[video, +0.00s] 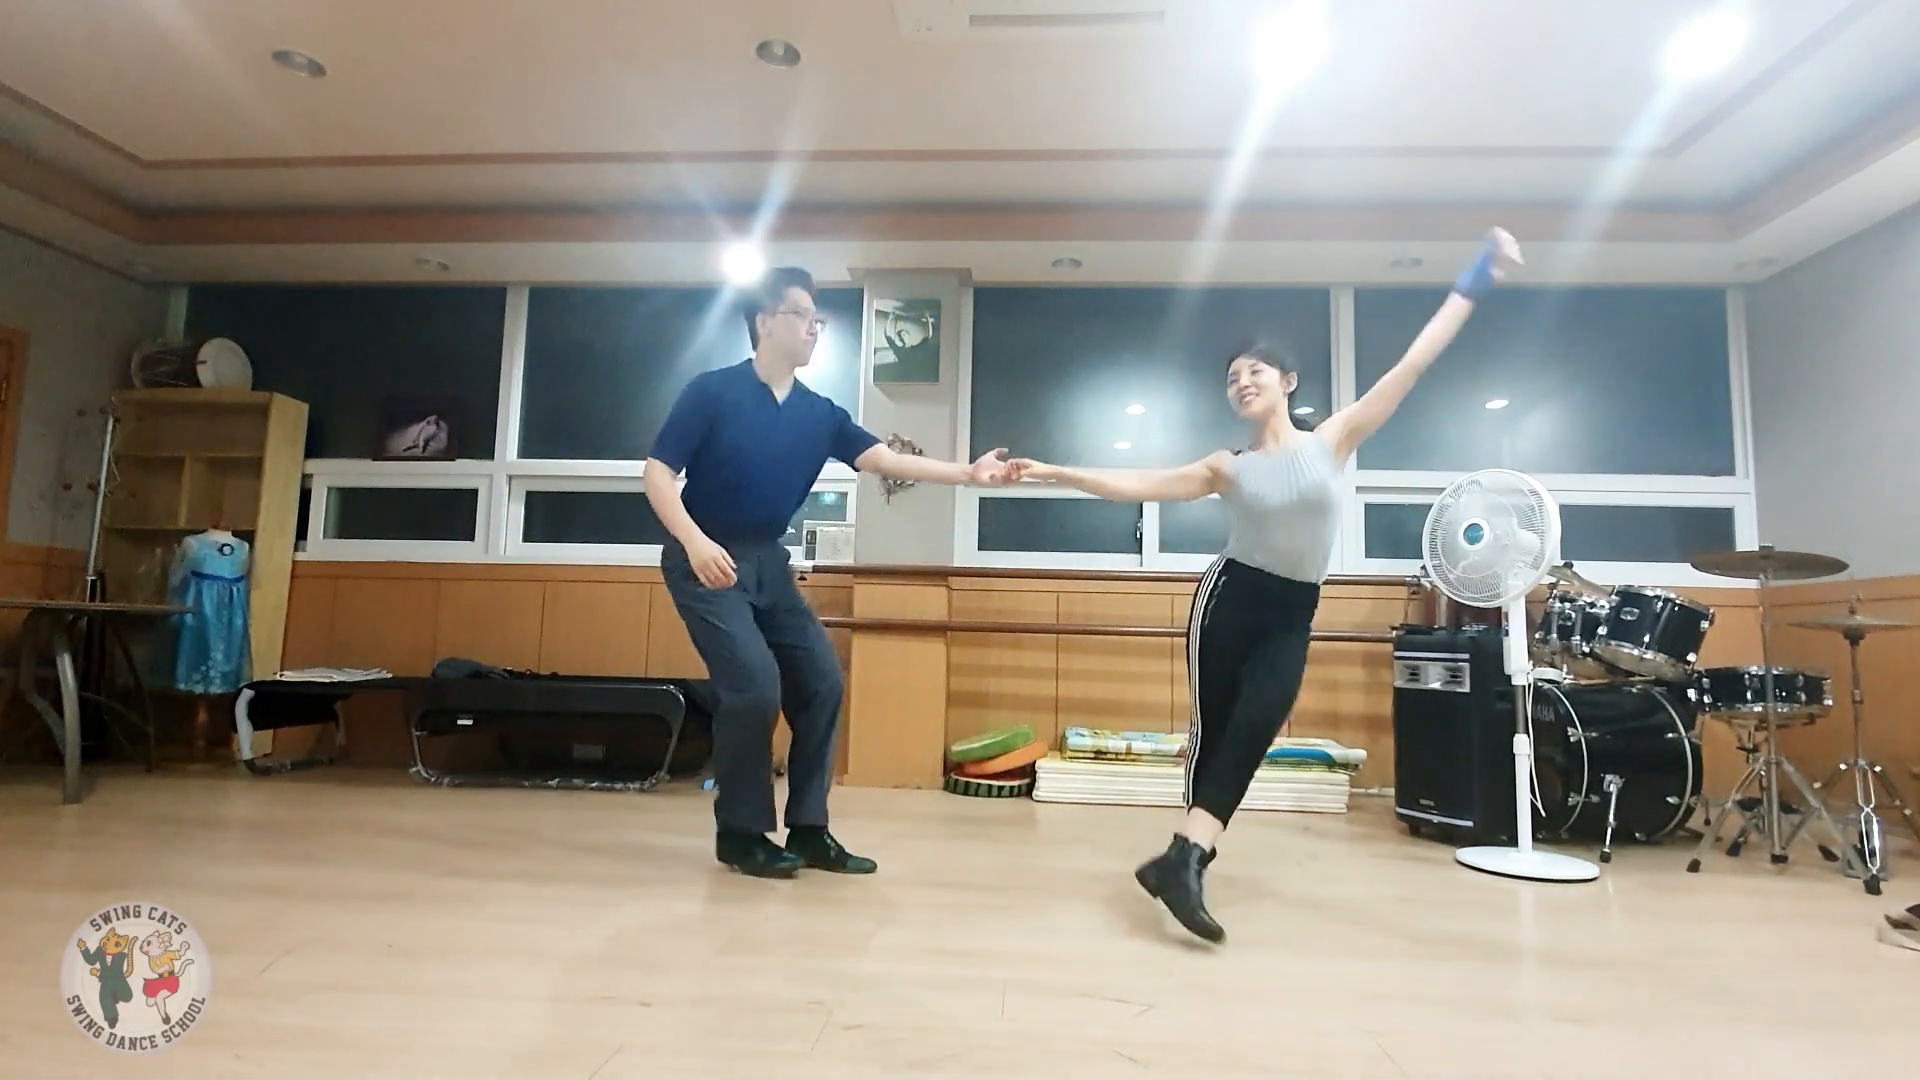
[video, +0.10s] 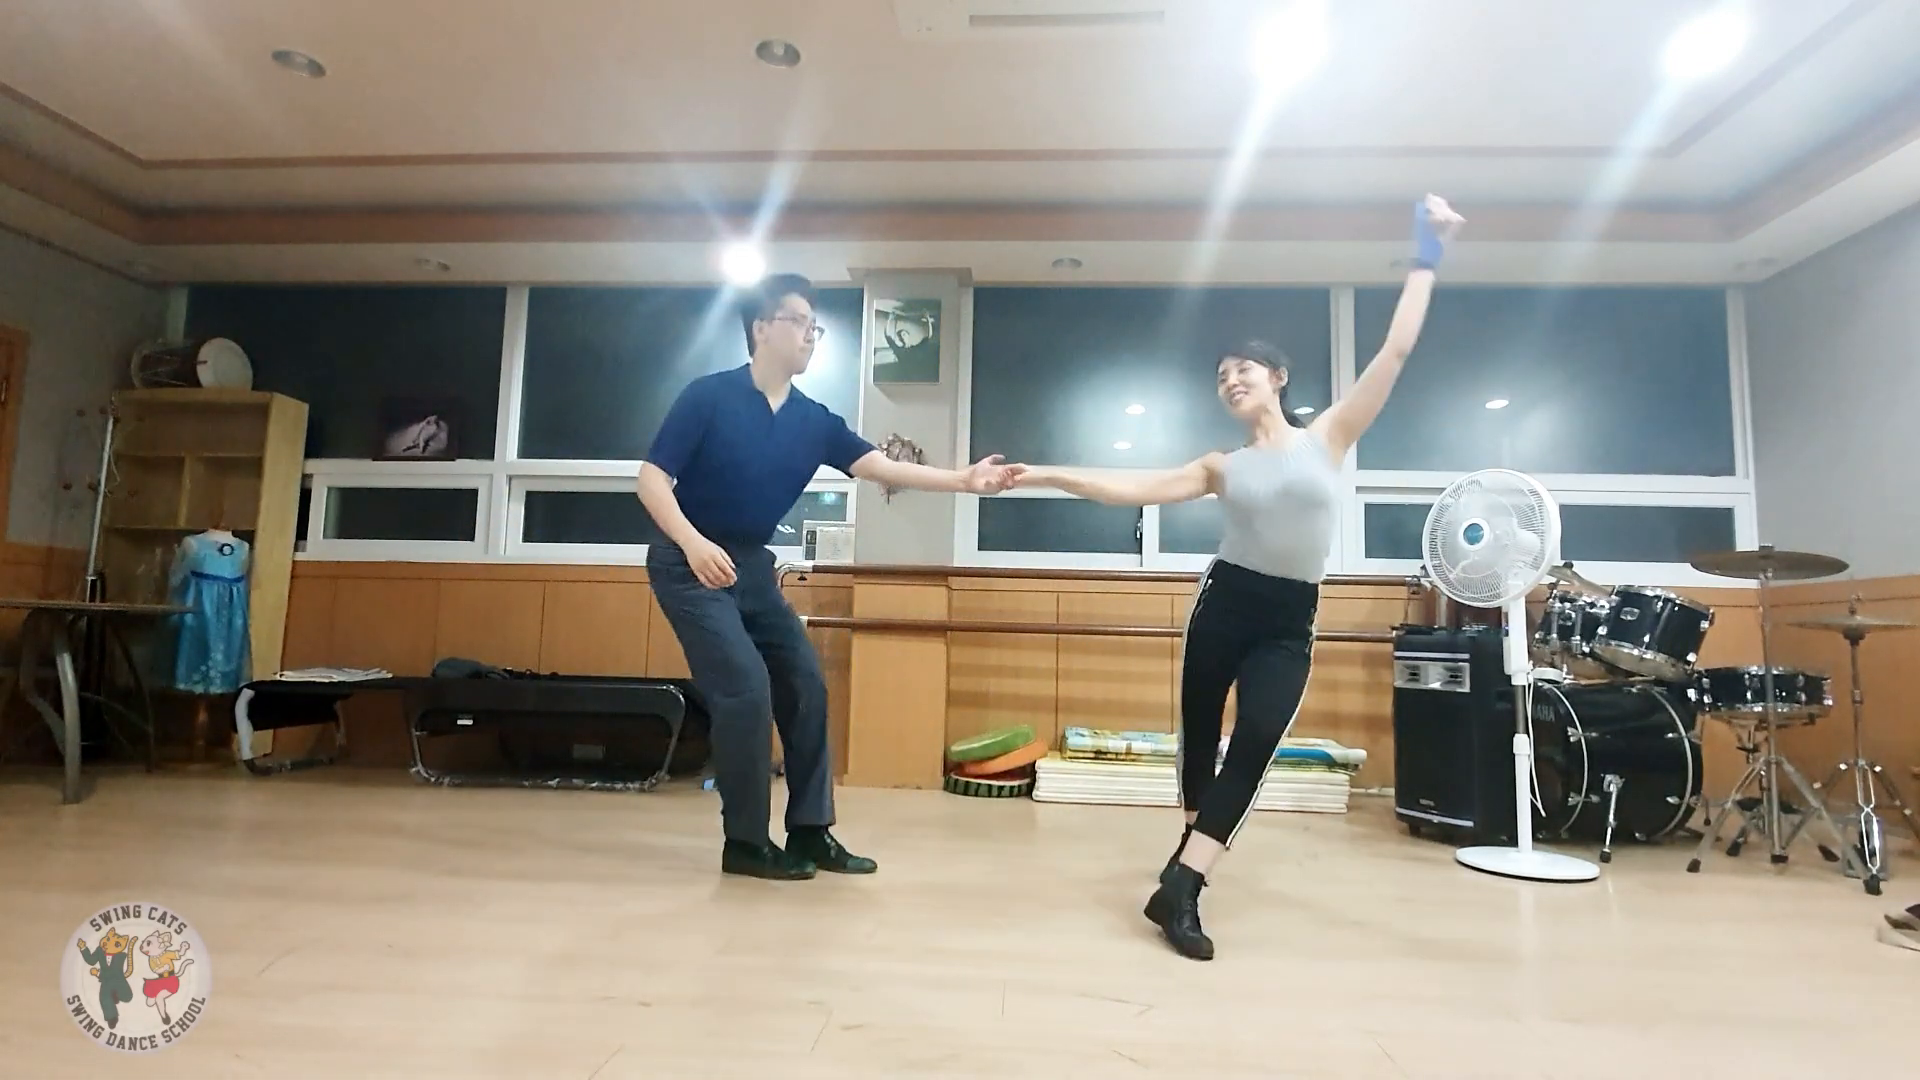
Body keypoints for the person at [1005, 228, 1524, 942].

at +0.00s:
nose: (1243, 381)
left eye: (1256, 370)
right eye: (1234, 377)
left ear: (1290, 383)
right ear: (1231, 398)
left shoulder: (1334, 439)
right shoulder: (1227, 467)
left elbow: (1415, 362)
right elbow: (1134, 485)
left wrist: (1473, 283)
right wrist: (1046, 472)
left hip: (1292, 612)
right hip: (1230, 599)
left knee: (1256, 726)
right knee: (1215, 728)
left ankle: (1182, 862)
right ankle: (1192, 861)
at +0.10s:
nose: (1229, 381)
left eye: (1242, 370)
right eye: (1223, 376)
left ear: (1278, 379)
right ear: (1225, 395)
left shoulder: (1329, 436)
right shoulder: (1221, 465)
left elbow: (1397, 348)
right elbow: (1130, 486)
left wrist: (1428, 251)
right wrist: (1041, 472)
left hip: (1290, 619)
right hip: (1223, 606)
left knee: (1256, 744)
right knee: (1200, 738)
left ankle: (1183, 885)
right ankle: (1196, 846)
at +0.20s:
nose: (1214, 366)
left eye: (1227, 355)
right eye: (1210, 360)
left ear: (1264, 363)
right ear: (1215, 377)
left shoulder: (1307, 416)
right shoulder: (1210, 458)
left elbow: (1382, 328)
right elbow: (1121, 483)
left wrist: (1402, 231)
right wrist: (1039, 470)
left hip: (1300, 601)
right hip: (1235, 601)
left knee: (1244, 730)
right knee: (1167, 722)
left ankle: (1191, 884)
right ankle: (1200, 833)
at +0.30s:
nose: (1195, 360)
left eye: (1208, 350)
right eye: (1192, 352)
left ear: (1245, 357)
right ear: (1200, 369)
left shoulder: (1281, 406)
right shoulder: (1198, 454)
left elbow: (1366, 336)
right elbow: (1117, 483)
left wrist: (1394, 241)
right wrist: (1027, 473)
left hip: (1295, 581)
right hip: (1255, 591)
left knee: (1215, 714)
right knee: (1175, 696)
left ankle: (1227, 890)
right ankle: (1181, 846)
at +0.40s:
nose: (1177, 368)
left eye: (1191, 356)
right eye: (1176, 358)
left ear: (1228, 367)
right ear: (1185, 372)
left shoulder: (1254, 415)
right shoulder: (1182, 464)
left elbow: (1343, 377)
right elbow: (1096, 486)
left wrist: (1379, 279)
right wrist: (1012, 477)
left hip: (1261, 572)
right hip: (1291, 596)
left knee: (1212, 725)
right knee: (1207, 724)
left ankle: (1233, 901)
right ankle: (1151, 845)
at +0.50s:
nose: (1157, 380)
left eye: (1167, 368)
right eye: (1158, 369)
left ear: (1203, 374)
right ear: (1186, 378)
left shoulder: (1235, 427)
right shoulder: (1172, 463)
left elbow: (1311, 411)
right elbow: (1098, 491)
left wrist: (1342, 325)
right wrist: (1006, 486)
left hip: (1234, 570)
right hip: (1282, 604)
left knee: (1206, 733)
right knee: (1202, 729)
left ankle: (1240, 909)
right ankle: (1147, 855)